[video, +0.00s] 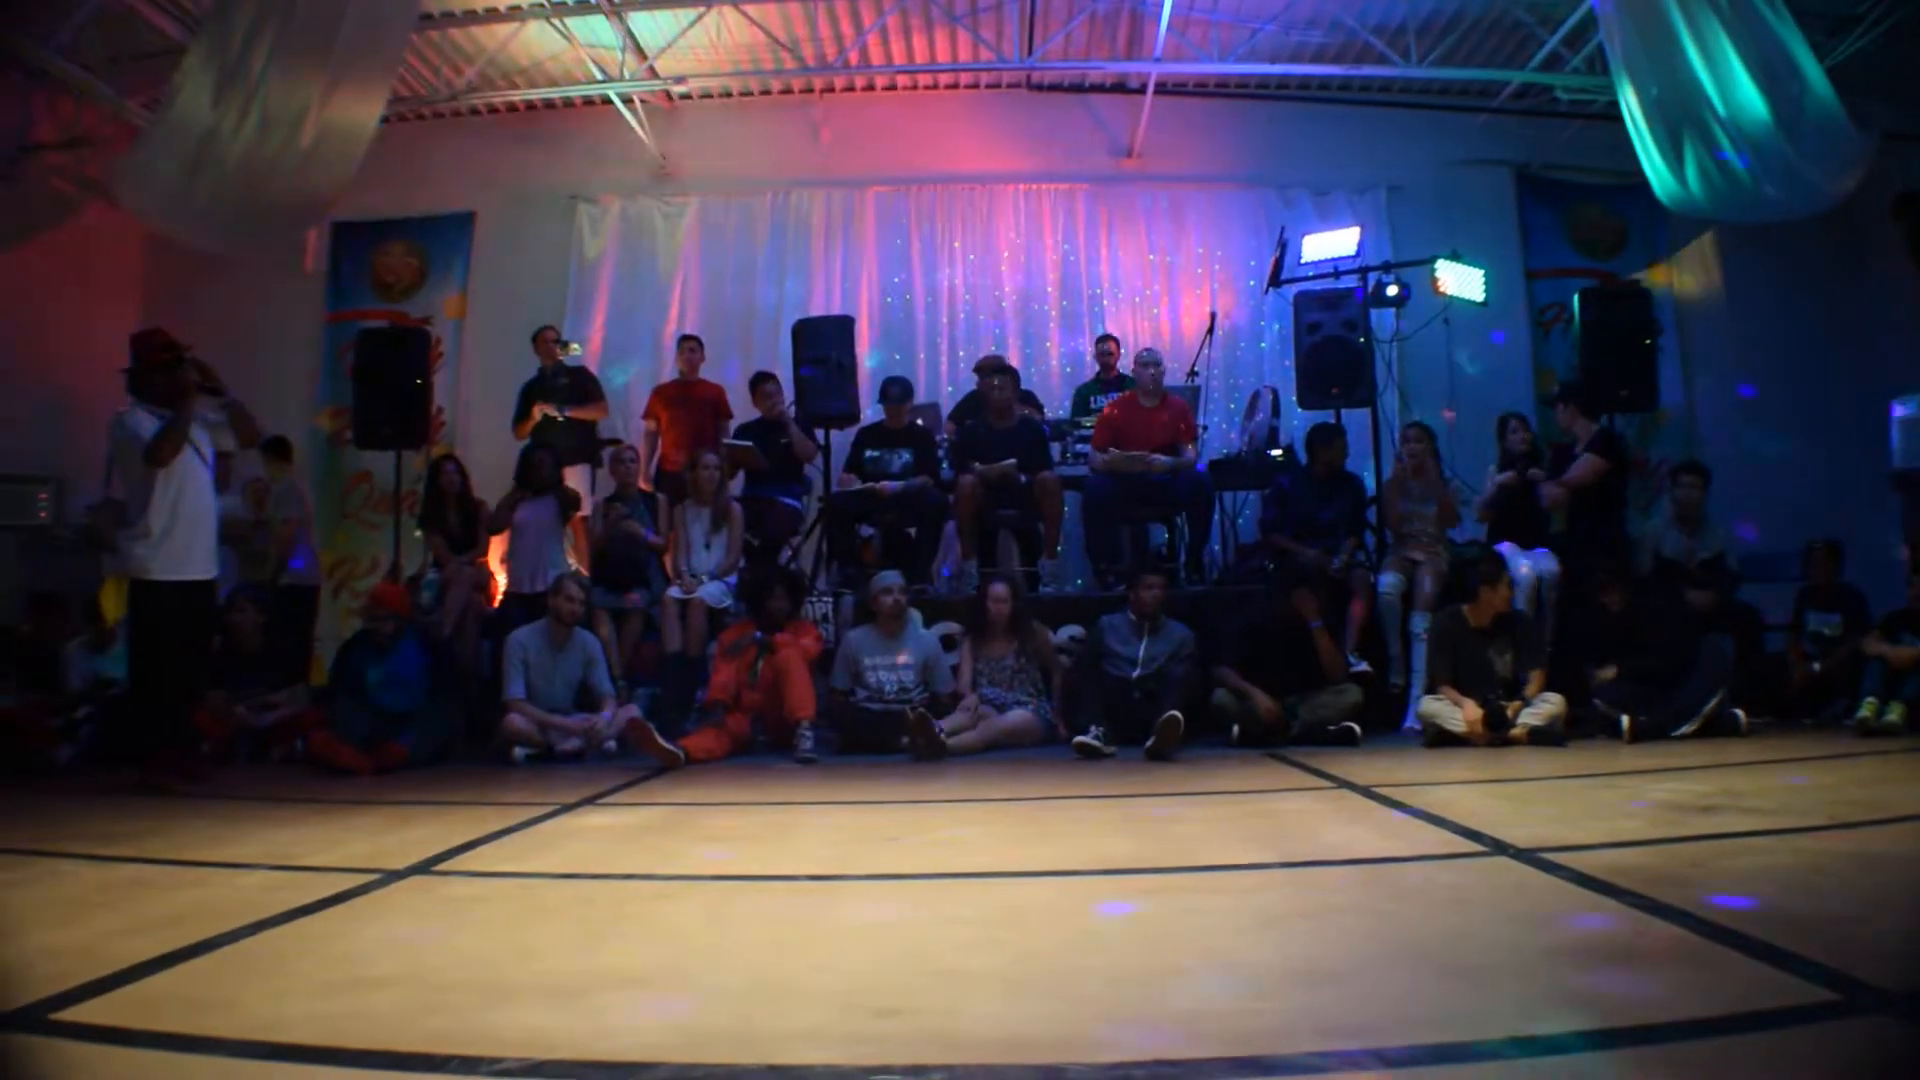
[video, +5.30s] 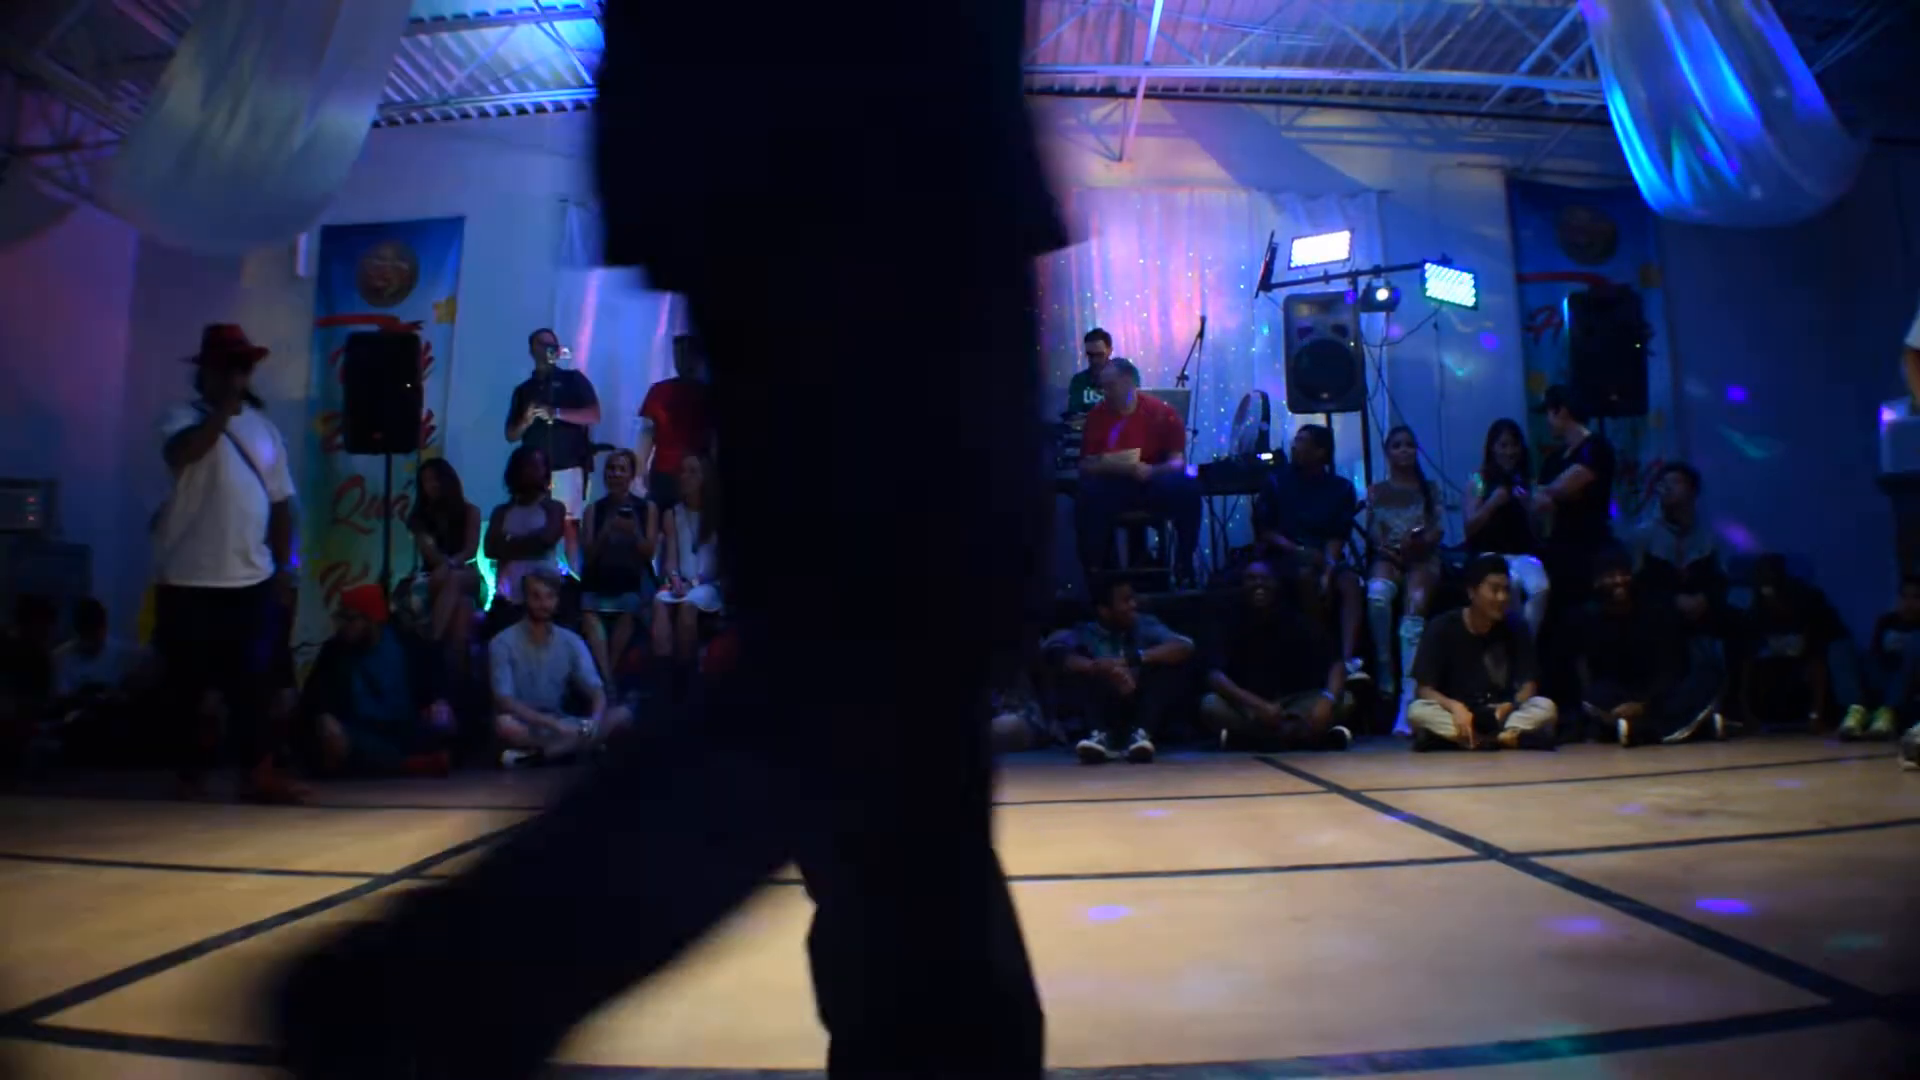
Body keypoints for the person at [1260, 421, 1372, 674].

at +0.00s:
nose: (1346, 453)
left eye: (1345, 447)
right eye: (1340, 448)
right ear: (1320, 452)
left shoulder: (1351, 484)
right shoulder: (1289, 483)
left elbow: (1356, 530)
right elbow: (1271, 533)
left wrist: (1344, 557)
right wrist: (1308, 554)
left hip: (1338, 557)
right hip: (1300, 557)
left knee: (1362, 580)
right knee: (1300, 588)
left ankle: (1351, 651)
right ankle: (1325, 653)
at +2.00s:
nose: (1317, 453)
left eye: (1321, 447)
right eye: (1311, 447)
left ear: (1327, 452)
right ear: (1299, 451)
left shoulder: (1340, 488)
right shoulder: (1281, 486)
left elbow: (1349, 533)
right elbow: (1267, 535)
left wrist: (1331, 559)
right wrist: (1303, 560)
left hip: (1330, 557)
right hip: (1295, 558)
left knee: (1354, 584)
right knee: (1301, 585)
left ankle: (1344, 655)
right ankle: (1309, 655)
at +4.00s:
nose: (1301, 449)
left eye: (1309, 444)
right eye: (1299, 443)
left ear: (1324, 453)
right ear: (1294, 449)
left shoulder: (1339, 488)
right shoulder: (1278, 483)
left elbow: (1336, 536)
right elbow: (1266, 533)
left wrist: (1326, 572)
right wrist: (1301, 554)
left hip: (1324, 557)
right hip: (1289, 556)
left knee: (1351, 584)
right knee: (1305, 579)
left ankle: (1353, 659)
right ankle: (1305, 658)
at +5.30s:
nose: (1294, 446)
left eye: (1301, 442)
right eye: (1295, 441)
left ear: (1320, 451)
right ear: (1295, 445)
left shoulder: (1340, 487)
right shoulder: (1279, 480)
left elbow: (1338, 536)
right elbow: (1264, 529)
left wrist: (1327, 572)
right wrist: (1298, 550)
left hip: (1324, 557)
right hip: (1288, 556)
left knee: (1351, 583)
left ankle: (1348, 658)